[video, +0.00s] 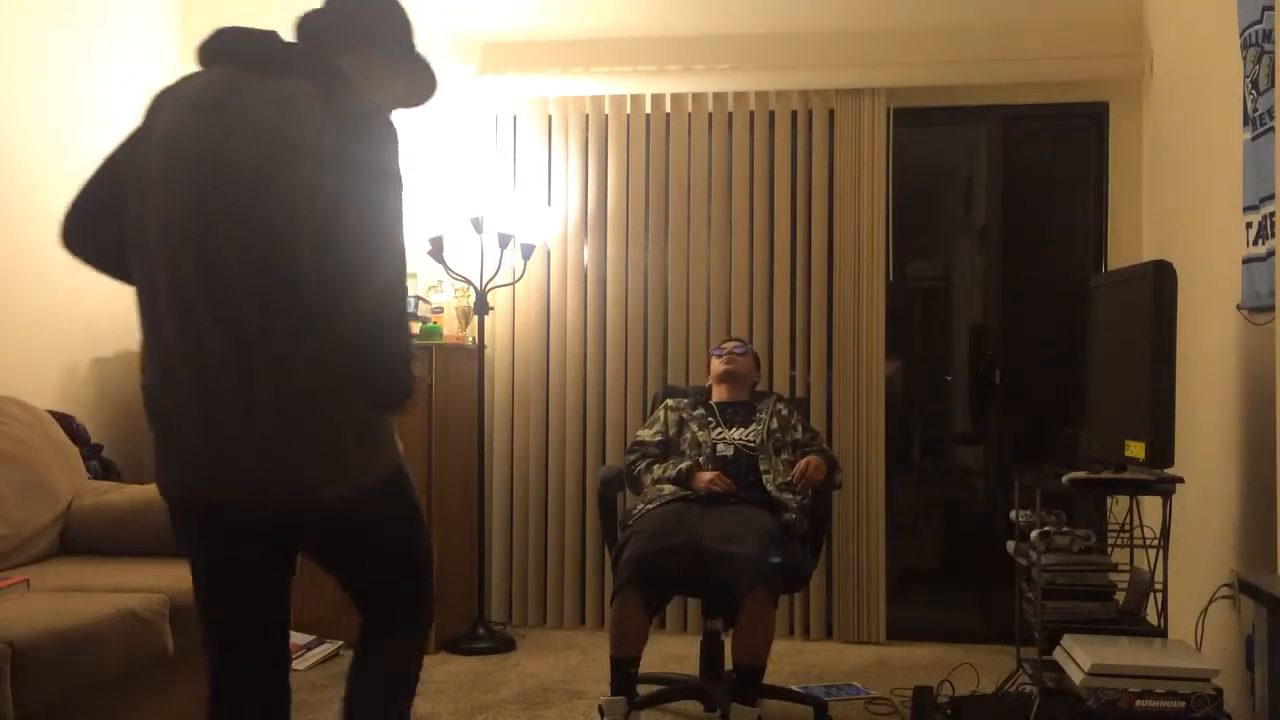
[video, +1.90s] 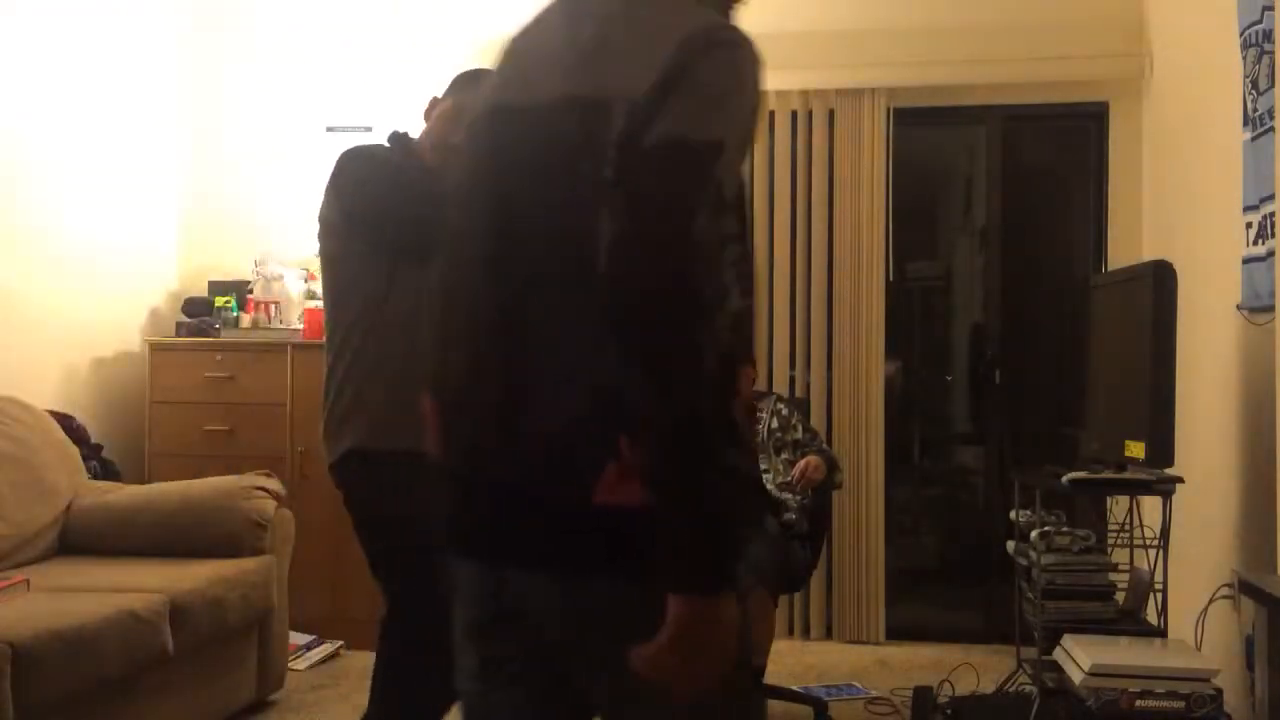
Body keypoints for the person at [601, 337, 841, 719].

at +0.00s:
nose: (728, 351)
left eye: (739, 349)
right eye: (719, 350)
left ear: (757, 370)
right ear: (708, 371)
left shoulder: (779, 412)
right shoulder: (674, 410)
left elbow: (824, 457)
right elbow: (638, 464)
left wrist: (820, 461)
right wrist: (690, 476)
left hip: (750, 507)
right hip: (673, 504)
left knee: (758, 576)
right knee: (638, 568)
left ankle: (746, 703)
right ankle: (621, 694)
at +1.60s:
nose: (722, 354)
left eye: (733, 349)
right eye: (714, 353)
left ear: (752, 370)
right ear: (704, 374)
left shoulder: (780, 411)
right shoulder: (674, 407)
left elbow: (826, 463)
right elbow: (643, 469)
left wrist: (819, 460)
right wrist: (690, 477)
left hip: (749, 508)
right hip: (675, 506)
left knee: (757, 580)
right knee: (634, 572)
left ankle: (745, 704)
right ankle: (637, 693)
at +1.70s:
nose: (722, 358)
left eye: (731, 352)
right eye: (715, 355)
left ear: (752, 369)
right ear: (708, 370)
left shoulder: (773, 407)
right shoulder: (694, 406)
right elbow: (667, 459)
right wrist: (694, 477)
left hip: (758, 511)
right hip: (695, 511)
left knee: (756, 584)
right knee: (681, 578)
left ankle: (746, 698)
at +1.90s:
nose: (742, 379)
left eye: (747, 371)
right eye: (734, 371)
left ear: (754, 374)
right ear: (720, 376)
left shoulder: (777, 412)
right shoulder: (706, 420)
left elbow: (825, 459)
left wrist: (819, 462)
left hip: (781, 532)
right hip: (725, 533)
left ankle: (752, 684)